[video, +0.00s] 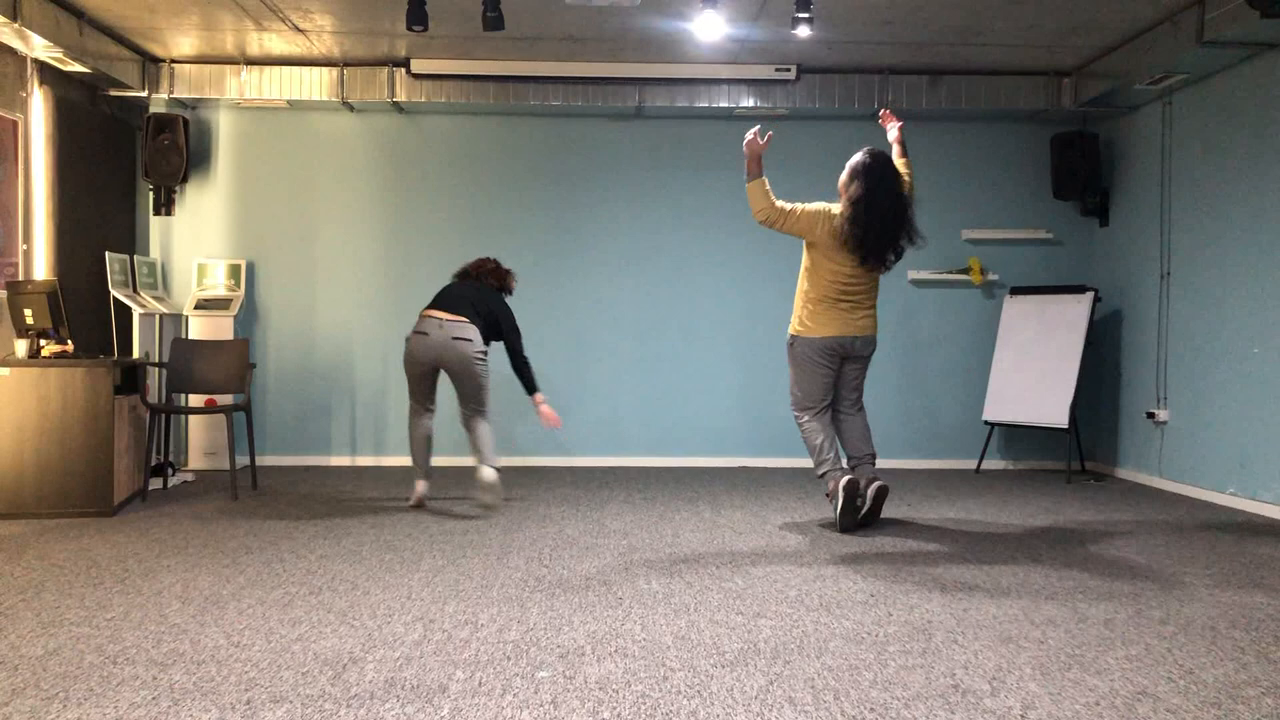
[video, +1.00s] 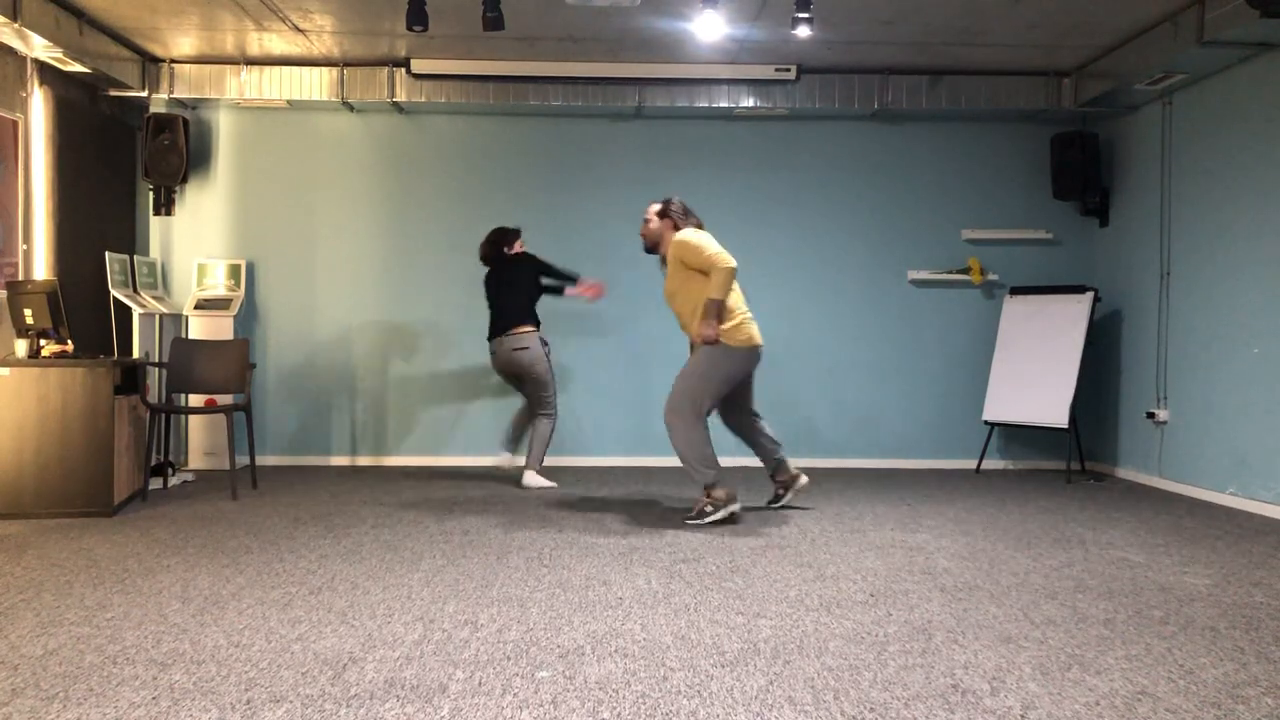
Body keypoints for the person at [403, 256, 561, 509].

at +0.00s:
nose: (506, 294)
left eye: (506, 290)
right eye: (505, 289)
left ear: (471, 275)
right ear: (499, 285)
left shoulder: (452, 290)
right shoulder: (499, 305)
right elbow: (517, 357)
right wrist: (538, 400)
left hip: (421, 337)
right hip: (464, 343)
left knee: (421, 410)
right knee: (475, 413)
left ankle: (420, 481)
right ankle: (487, 466)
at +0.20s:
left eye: (439, 271)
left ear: (443, 273)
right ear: (475, 283)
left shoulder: (434, 285)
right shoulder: (482, 312)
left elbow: (397, 305)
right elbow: (471, 355)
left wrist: (353, 323)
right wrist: (460, 388)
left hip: (409, 343)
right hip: (448, 356)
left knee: (394, 418)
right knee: (428, 425)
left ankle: (377, 487)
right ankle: (411, 478)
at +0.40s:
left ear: (427, 279)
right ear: (459, 284)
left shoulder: (418, 294)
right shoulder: (466, 302)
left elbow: (376, 305)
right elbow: (466, 346)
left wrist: (328, 312)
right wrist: (410, 374)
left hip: (427, 351)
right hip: (466, 360)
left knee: (408, 400)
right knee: (441, 428)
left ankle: (396, 461)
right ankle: (410, 484)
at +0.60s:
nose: (415, 285)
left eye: (418, 280)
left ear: (423, 279)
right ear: (453, 281)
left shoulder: (424, 295)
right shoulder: (467, 301)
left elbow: (392, 317)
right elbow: (431, 340)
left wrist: (348, 332)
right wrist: (393, 364)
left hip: (452, 353)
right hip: (488, 362)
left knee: (445, 415)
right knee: (449, 428)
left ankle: (443, 472)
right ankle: (418, 474)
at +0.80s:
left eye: (458, 265)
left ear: (458, 268)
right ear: (487, 268)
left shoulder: (451, 295)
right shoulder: (498, 288)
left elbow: (450, 334)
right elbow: (504, 326)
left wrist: (451, 364)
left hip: (468, 347)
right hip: (503, 348)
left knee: (460, 410)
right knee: (507, 412)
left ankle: (449, 469)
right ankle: (502, 461)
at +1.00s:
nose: (524, 247)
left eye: (522, 243)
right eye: (521, 244)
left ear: (497, 251)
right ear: (511, 248)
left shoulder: (493, 275)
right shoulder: (524, 261)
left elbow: (536, 287)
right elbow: (554, 272)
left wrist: (574, 291)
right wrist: (580, 280)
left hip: (498, 349)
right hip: (526, 344)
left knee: (533, 402)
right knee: (546, 411)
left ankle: (507, 452)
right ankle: (531, 471)